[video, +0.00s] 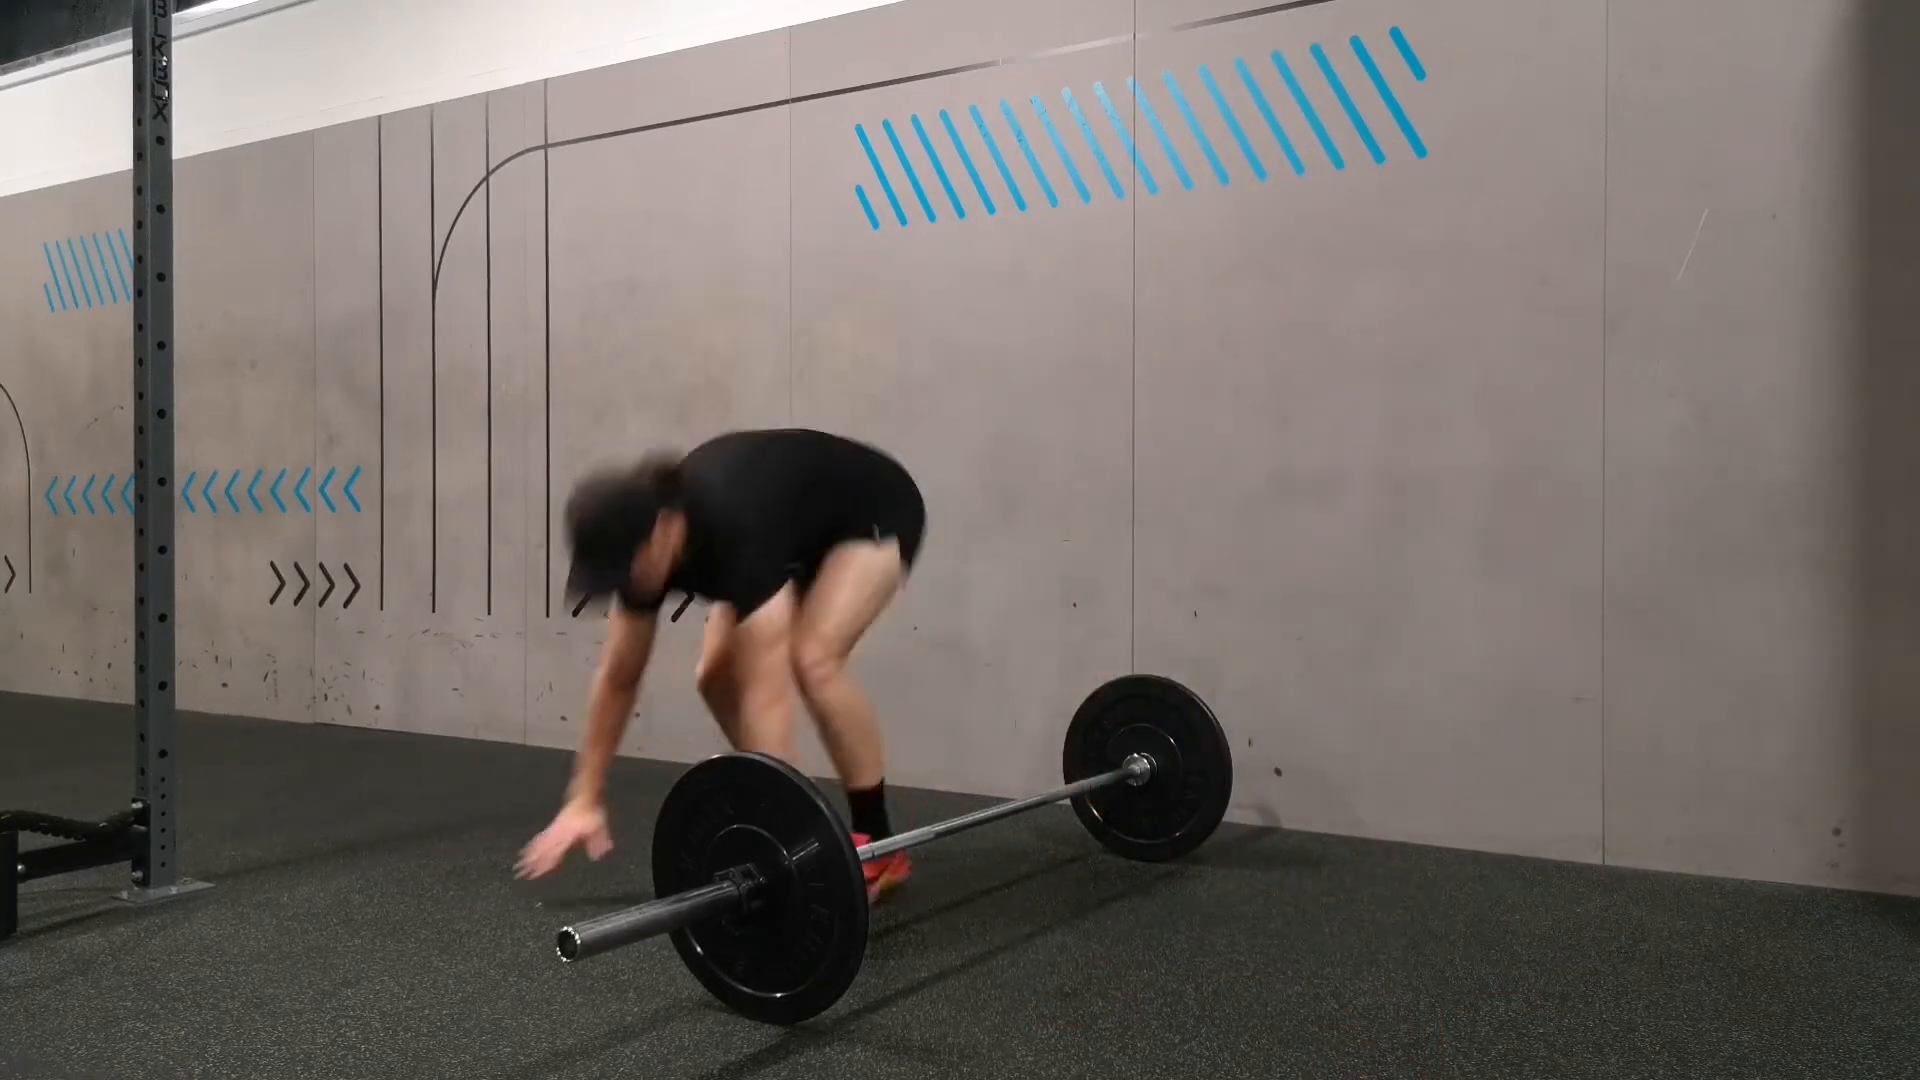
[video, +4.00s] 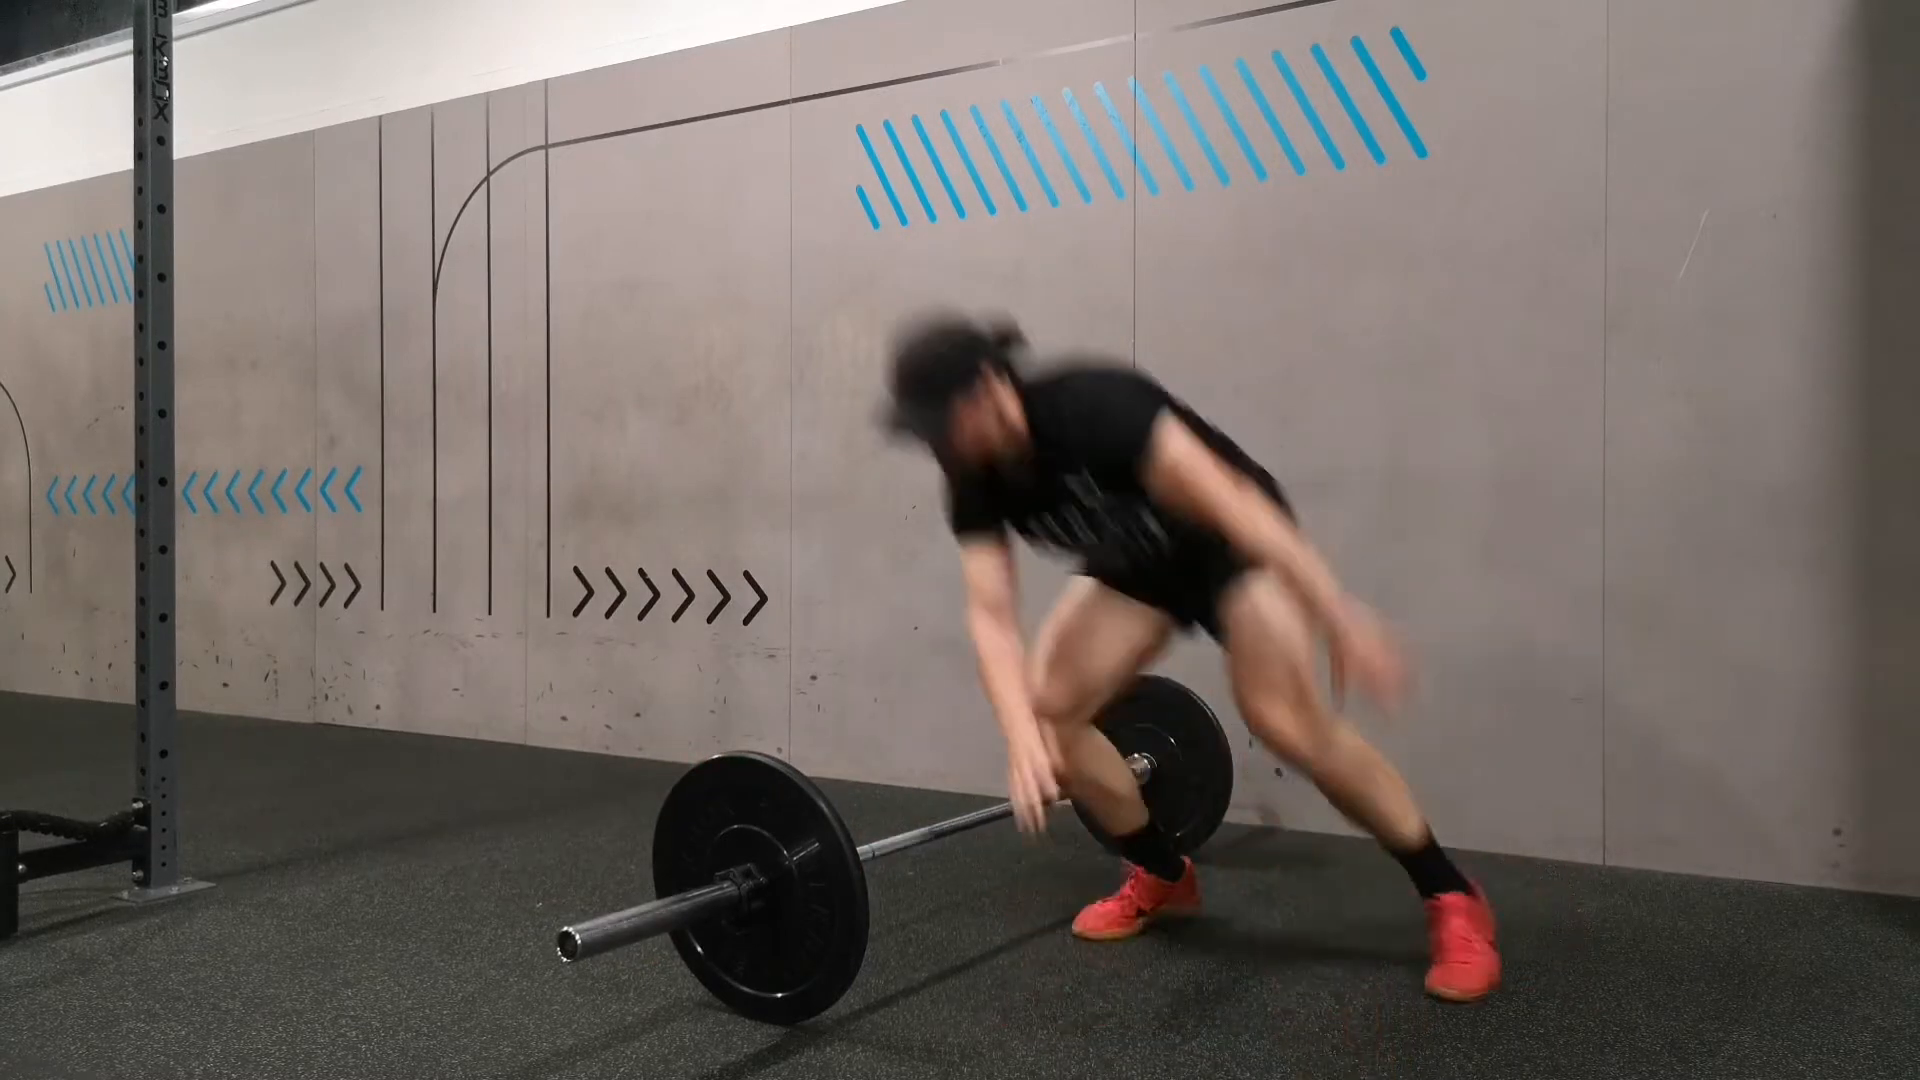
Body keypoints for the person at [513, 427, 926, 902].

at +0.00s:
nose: (631, 582)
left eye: (632, 568)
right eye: (621, 574)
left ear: (662, 534)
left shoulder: (741, 532)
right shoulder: (645, 543)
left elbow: (771, 698)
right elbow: (619, 675)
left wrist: (774, 831)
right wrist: (585, 798)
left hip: (876, 513)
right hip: (788, 527)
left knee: (815, 661)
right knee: (718, 680)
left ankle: (877, 843)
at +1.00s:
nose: (495, 728)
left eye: (497, 713)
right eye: (485, 721)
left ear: (532, 674)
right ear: (497, 695)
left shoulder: (623, 680)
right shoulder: (511, 697)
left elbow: (717, 790)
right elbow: (492, 782)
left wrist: (684, 910)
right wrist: (518, 878)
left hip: (767, 746)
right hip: (691, 758)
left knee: (870, 816)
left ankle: (968, 756)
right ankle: (838, 760)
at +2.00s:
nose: (866, 220)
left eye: (877, 201)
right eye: (852, 206)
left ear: (912, 173)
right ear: (835, 189)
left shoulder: (983, 223)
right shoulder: (842, 255)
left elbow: (1096, 321)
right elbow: (797, 375)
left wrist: (1145, 455)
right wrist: (768, 487)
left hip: (1050, 402)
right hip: (956, 409)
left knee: (1034, 564)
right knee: (894, 512)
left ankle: (1051, 625)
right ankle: (991, 712)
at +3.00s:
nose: (1127, 987)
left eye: (1137, 969)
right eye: (1104, 975)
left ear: (1175, 919)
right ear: (1069, 920)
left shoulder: (1288, 905)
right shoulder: (1063, 884)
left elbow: (1443, 897)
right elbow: (1009, 842)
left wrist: (1395, 1040)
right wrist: (1042, 968)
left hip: (1331, 867)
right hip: (1200, 856)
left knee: (1451, 873)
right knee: (1253, 829)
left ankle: (1510, 803)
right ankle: (1312, 789)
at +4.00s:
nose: (944, 442)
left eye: (947, 421)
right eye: (934, 430)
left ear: (989, 387)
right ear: (937, 426)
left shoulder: (1099, 408)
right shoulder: (973, 474)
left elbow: (1235, 507)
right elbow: (991, 610)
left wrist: (1342, 614)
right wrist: (1019, 728)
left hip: (1232, 544)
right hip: (1135, 569)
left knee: (1282, 719)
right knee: (1048, 709)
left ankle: (1451, 899)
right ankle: (1159, 874)